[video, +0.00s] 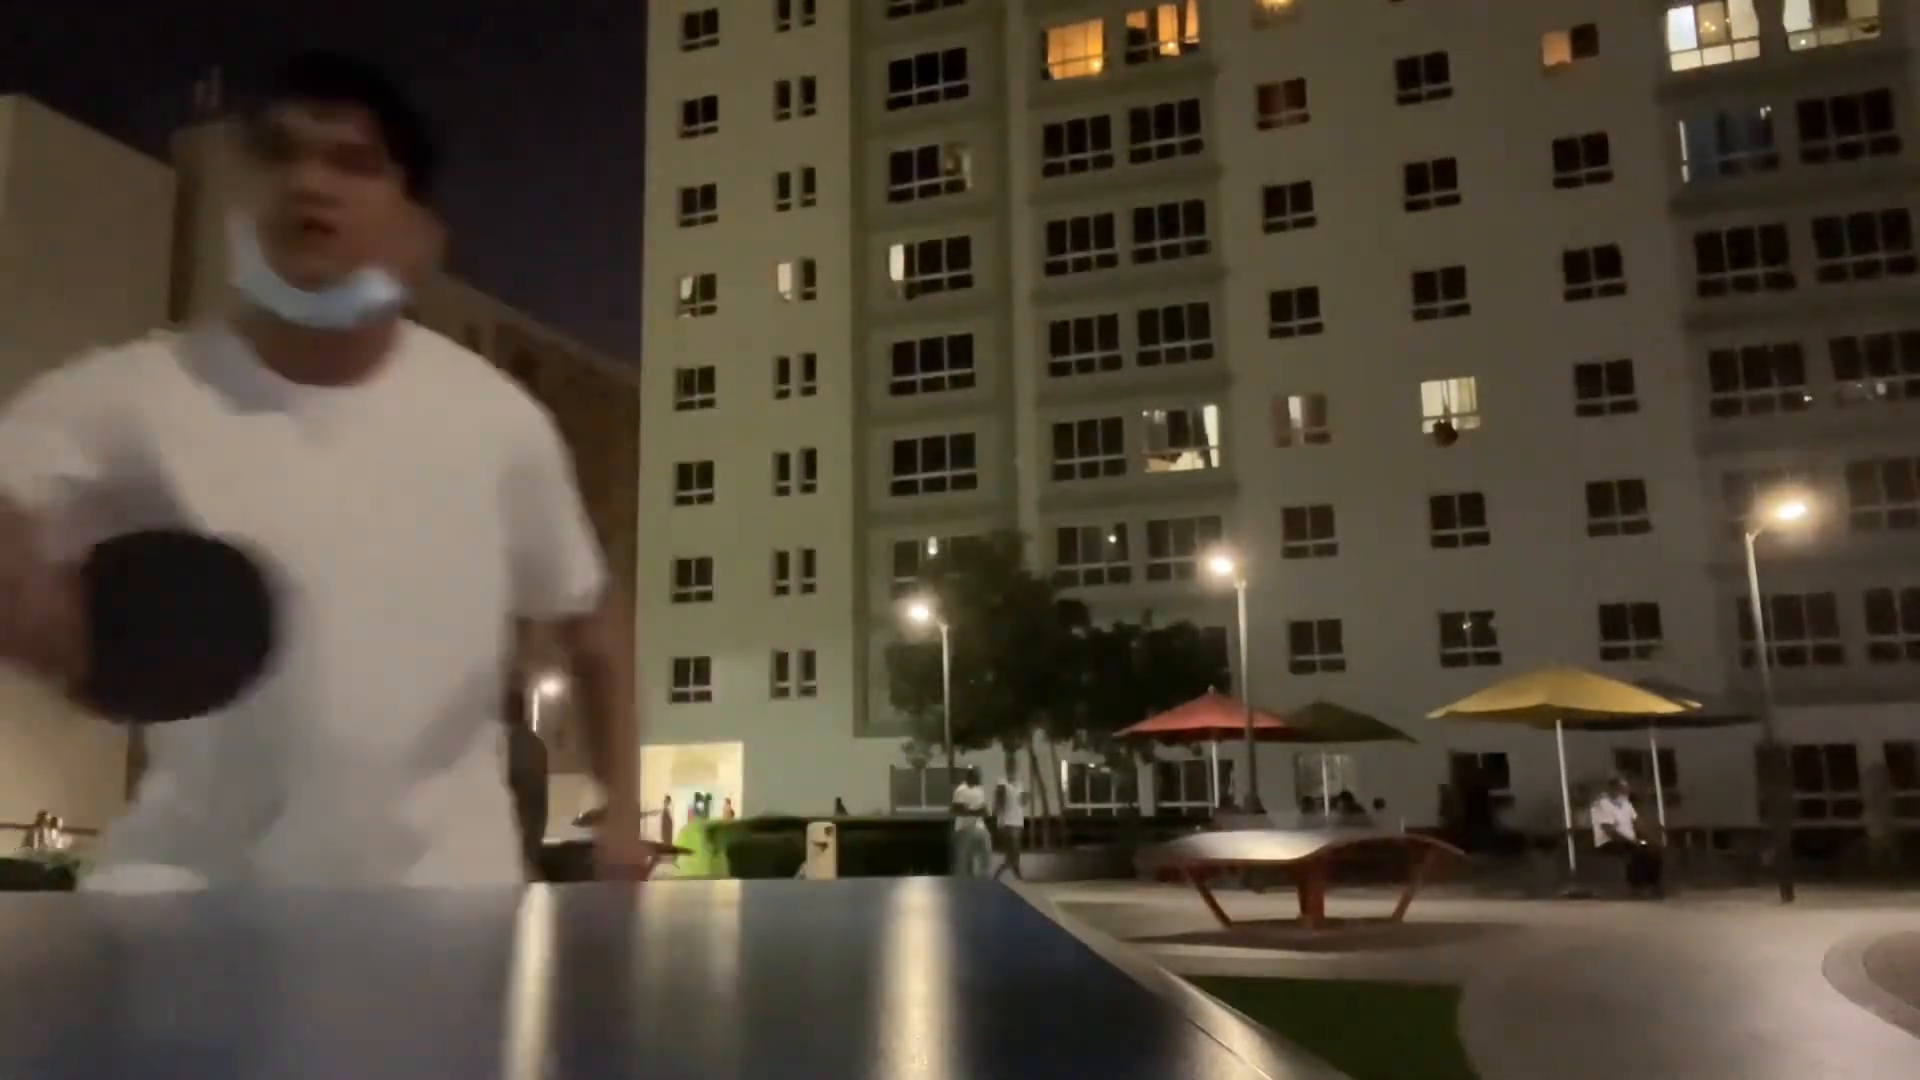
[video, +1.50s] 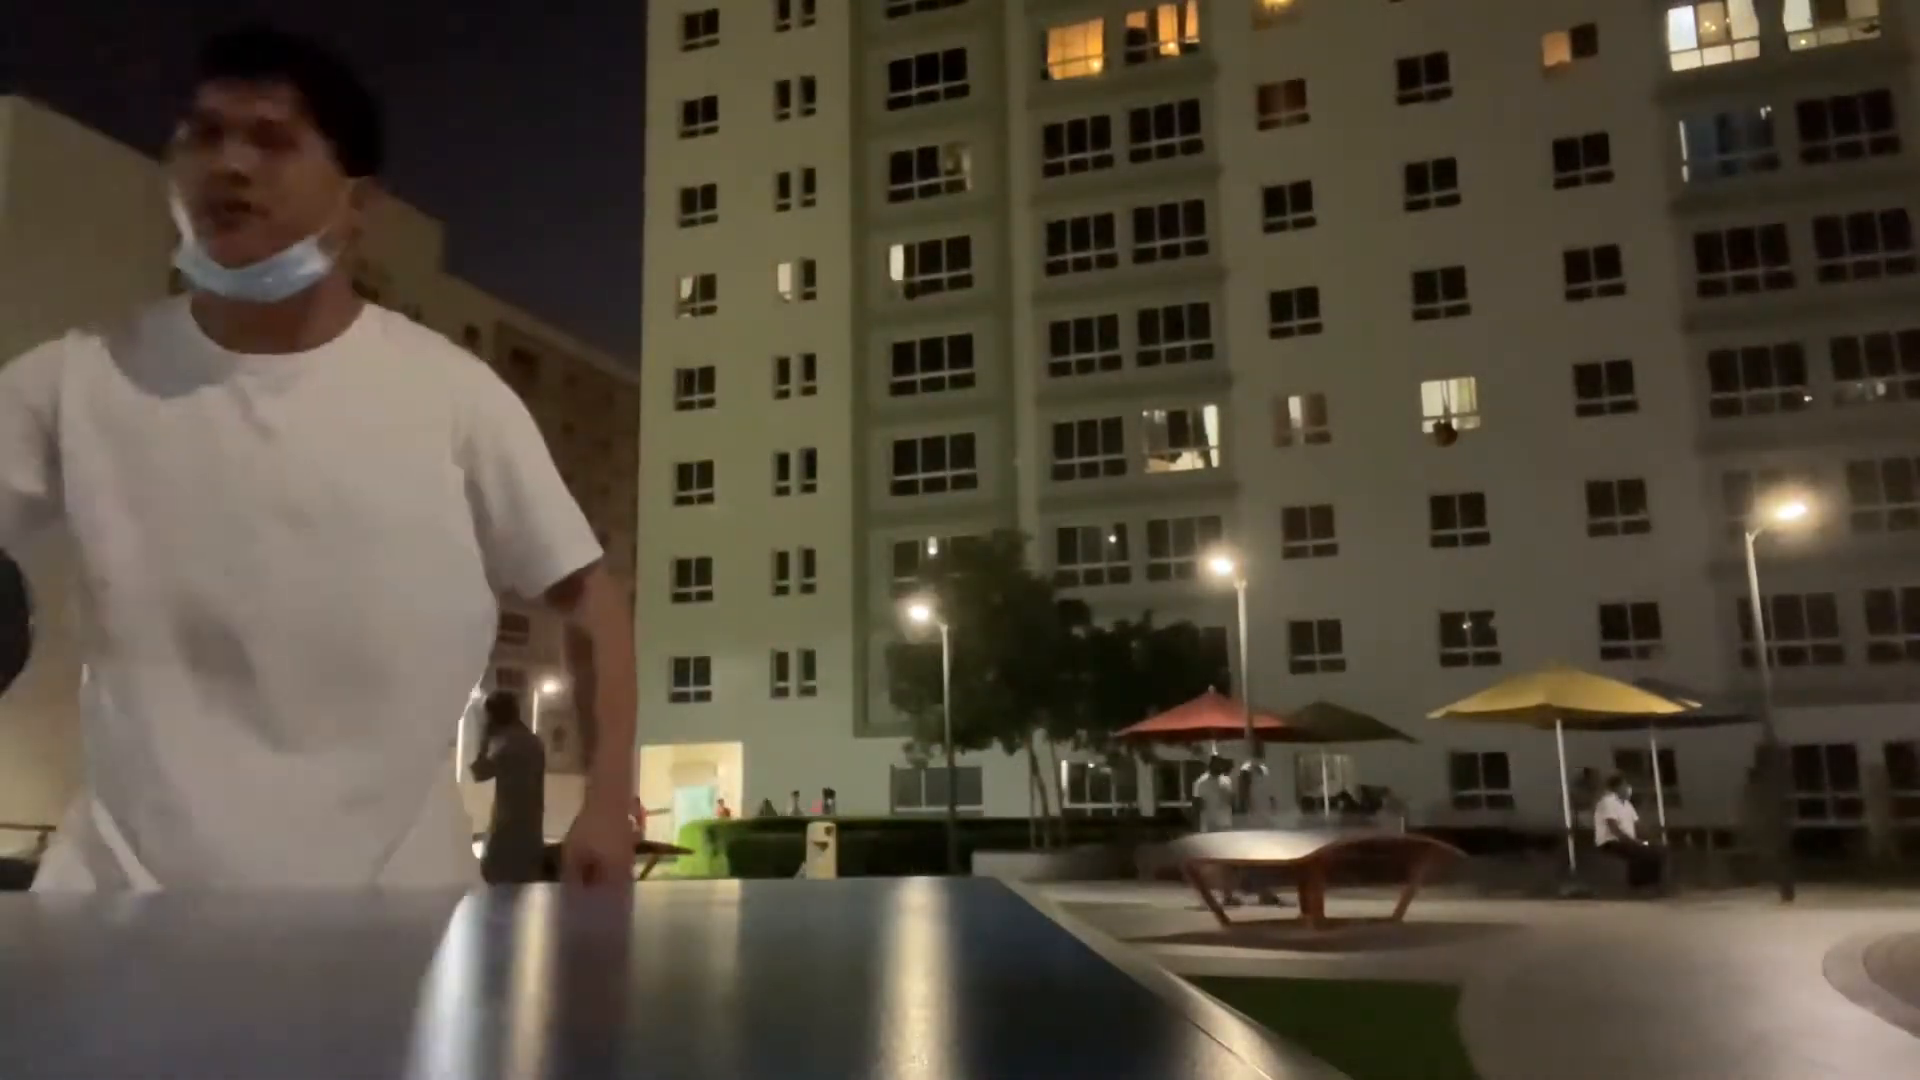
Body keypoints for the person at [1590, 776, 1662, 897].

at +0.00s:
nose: (1625, 792)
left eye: (1626, 788)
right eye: (1621, 788)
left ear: (1627, 789)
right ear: (1613, 789)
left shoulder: (1625, 802)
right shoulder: (1602, 803)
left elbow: (1636, 821)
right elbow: (1608, 829)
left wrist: (1648, 836)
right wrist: (1631, 842)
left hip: (1629, 840)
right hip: (1609, 842)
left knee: (1652, 851)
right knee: (1635, 853)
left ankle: (1653, 886)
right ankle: (1637, 888)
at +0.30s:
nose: (1625, 792)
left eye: (1626, 788)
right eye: (1621, 788)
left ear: (1628, 789)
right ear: (1613, 789)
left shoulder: (1625, 803)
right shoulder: (1602, 804)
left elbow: (1636, 821)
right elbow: (1609, 829)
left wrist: (1647, 836)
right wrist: (1632, 842)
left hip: (1629, 840)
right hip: (1609, 842)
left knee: (1653, 851)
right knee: (1636, 853)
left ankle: (1652, 887)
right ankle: (1638, 888)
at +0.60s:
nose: (1625, 792)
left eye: (1626, 789)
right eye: (1621, 789)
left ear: (1628, 790)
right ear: (1613, 789)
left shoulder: (1625, 802)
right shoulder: (1602, 804)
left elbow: (1636, 822)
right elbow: (1610, 830)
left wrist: (1647, 835)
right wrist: (1632, 841)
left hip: (1630, 840)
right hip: (1609, 843)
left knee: (1654, 850)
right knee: (1638, 854)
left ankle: (1651, 888)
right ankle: (1637, 889)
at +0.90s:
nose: (1624, 791)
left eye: (1625, 788)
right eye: (1621, 788)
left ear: (1627, 789)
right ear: (1613, 789)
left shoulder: (1624, 802)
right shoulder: (1602, 804)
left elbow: (1634, 822)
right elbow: (1608, 829)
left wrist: (1645, 836)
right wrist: (1631, 841)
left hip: (1629, 840)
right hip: (1609, 842)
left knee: (1652, 851)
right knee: (1637, 854)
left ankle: (1650, 886)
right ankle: (1636, 888)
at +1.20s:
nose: (1628, 792)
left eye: (1628, 789)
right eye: (1625, 789)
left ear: (1628, 790)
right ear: (1616, 789)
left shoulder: (1626, 804)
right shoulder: (1604, 803)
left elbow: (1635, 823)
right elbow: (1609, 828)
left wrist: (1646, 837)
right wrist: (1632, 841)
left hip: (1629, 840)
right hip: (1609, 842)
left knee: (1655, 850)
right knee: (1635, 853)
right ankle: (1636, 888)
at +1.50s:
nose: (1629, 790)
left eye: (1629, 787)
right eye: (1626, 786)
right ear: (1617, 788)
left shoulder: (1626, 803)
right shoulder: (1608, 801)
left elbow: (1636, 823)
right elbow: (1612, 826)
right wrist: (1634, 841)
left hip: (1627, 839)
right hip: (1609, 841)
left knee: (1652, 852)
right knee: (1637, 854)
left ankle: (1651, 886)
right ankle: (1636, 888)